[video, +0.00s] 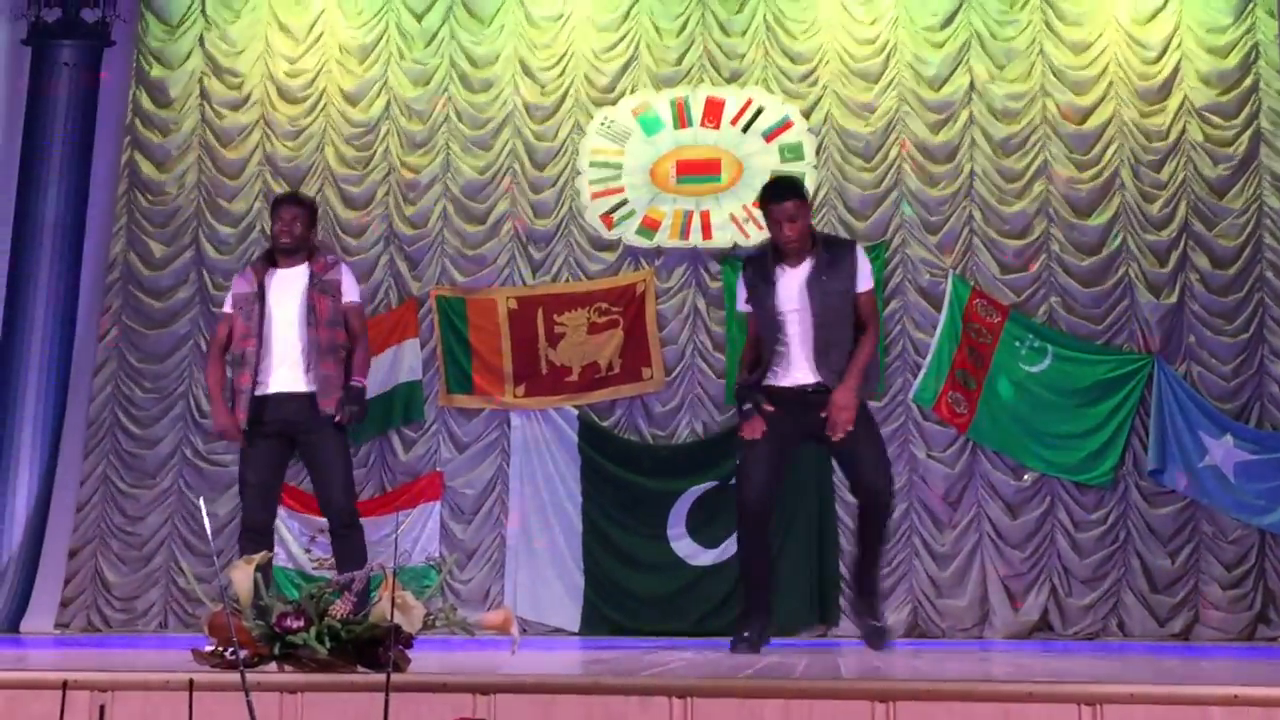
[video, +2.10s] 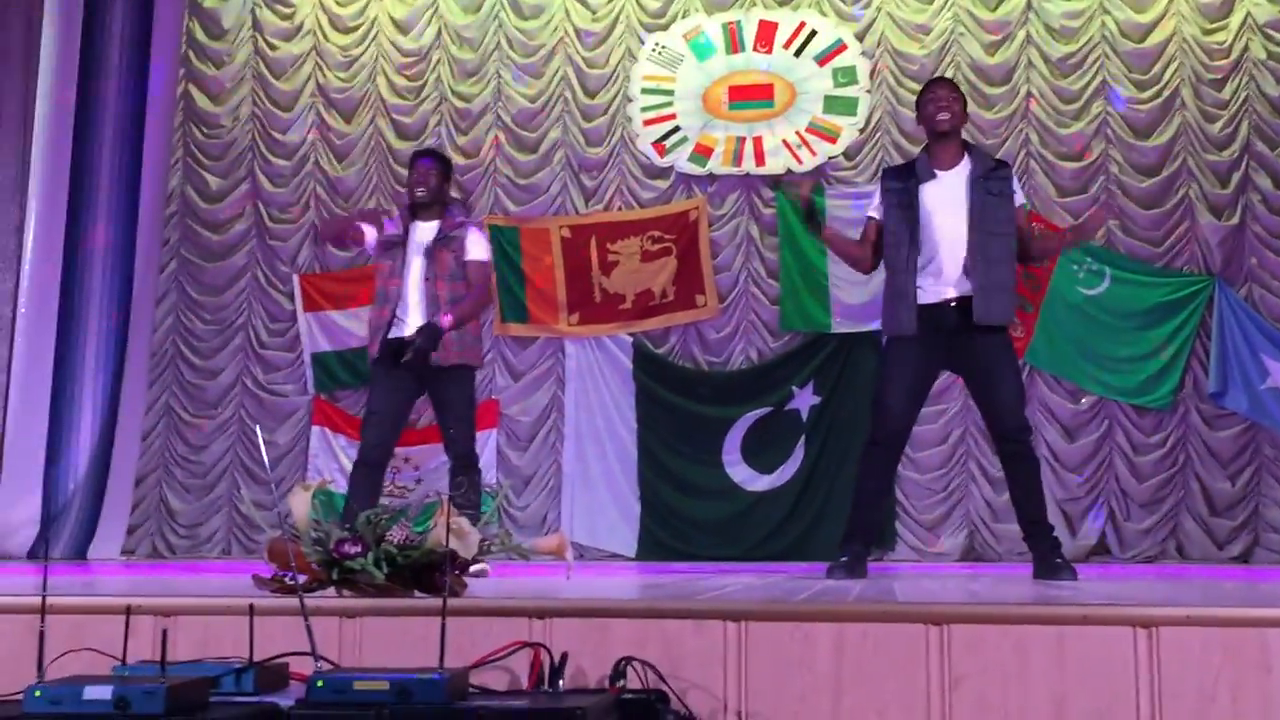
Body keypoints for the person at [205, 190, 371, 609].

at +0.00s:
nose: (287, 229)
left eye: (297, 222)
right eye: (280, 222)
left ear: (312, 229)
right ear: (271, 228)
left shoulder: (335, 273)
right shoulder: (247, 280)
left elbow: (359, 337)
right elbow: (216, 351)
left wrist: (356, 387)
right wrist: (220, 410)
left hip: (319, 411)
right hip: (263, 413)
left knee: (341, 512)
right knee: (255, 518)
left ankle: (357, 611)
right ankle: (253, 617)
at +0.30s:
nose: (348, 207)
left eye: (356, 201)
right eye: (342, 200)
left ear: (371, 207)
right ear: (331, 205)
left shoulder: (390, 249)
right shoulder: (305, 253)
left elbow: (404, 310)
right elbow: (262, 320)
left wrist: (392, 364)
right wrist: (254, 381)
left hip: (360, 384)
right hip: (304, 385)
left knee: (376, 491)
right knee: (282, 489)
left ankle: (383, 590)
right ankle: (276, 591)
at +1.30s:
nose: (339, 225)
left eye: (348, 219)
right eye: (333, 219)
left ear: (363, 226)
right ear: (323, 225)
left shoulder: (386, 271)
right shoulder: (300, 273)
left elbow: (439, 318)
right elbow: (244, 314)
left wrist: (447, 347)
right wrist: (266, 347)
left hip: (375, 399)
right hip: (321, 401)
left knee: (395, 492)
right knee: (323, 501)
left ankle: (414, 582)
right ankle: (322, 588)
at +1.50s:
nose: (339, 203)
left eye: (347, 196)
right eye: (332, 196)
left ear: (361, 204)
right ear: (322, 201)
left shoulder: (383, 252)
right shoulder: (296, 251)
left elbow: (416, 308)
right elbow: (289, 309)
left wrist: (441, 297)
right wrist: (245, 291)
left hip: (367, 375)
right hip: (312, 376)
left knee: (382, 469)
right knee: (309, 473)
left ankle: (396, 559)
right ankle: (303, 562)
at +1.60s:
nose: (349, 196)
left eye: (358, 189)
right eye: (343, 189)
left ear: (373, 195)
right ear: (335, 194)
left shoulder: (397, 245)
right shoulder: (311, 242)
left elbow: (403, 295)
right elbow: (307, 302)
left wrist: (352, 281)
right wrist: (351, 323)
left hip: (373, 364)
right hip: (320, 363)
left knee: (385, 459)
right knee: (305, 461)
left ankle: (394, 548)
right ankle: (301, 549)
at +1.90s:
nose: (408, 191)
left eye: (417, 184)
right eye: (403, 184)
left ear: (435, 187)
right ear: (395, 187)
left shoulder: (459, 238)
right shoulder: (373, 233)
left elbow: (467, 297)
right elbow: (346, 282)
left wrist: (417, 301)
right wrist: (381, 290)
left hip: (431, 358)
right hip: (377, 354)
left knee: (439, 451)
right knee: (354, 449)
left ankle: (440, 544)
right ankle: (342, 542)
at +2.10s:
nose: (421, 180)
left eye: (429, 174)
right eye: (416, 174)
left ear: (445, 183)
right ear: (408, 181)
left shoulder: (468, 231)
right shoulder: (389, 227)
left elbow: (481, 294)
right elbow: (331, 235)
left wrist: (439, 326)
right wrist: (360, 225)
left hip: (450, 354)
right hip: (394, 351)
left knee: (461, 451)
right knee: (373, 449)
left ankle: (464, 547)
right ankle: (350, 543)